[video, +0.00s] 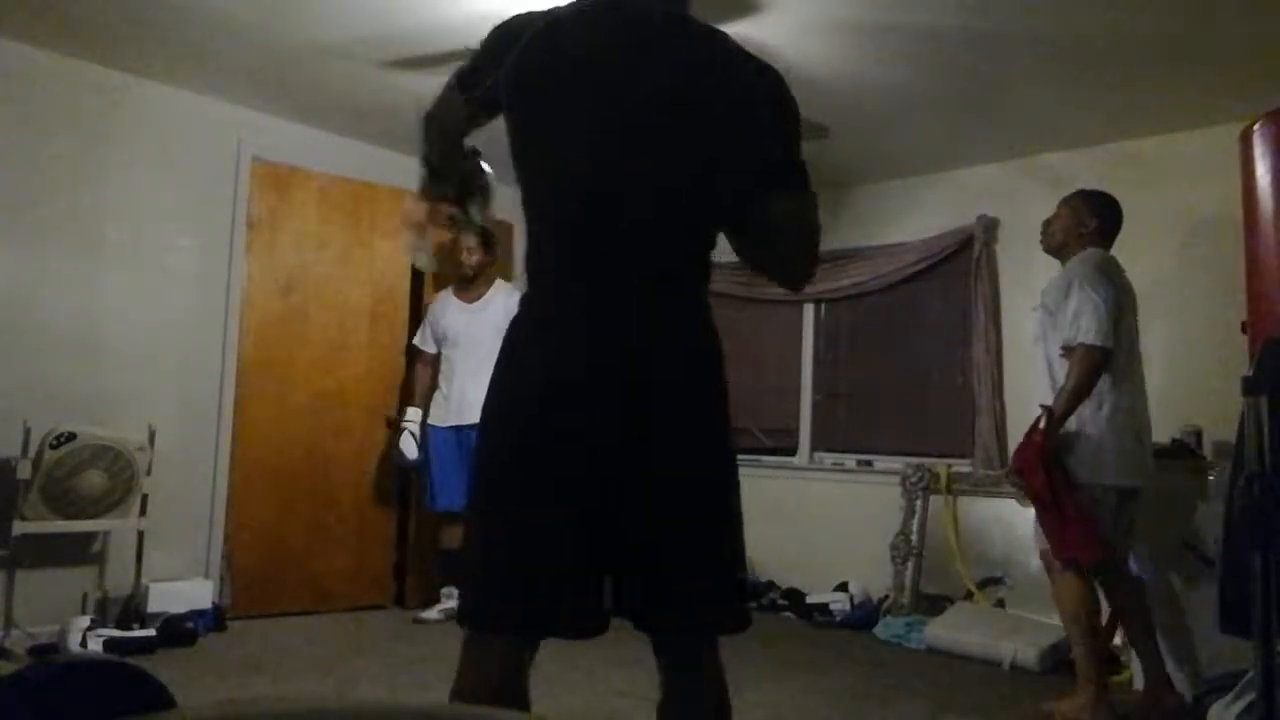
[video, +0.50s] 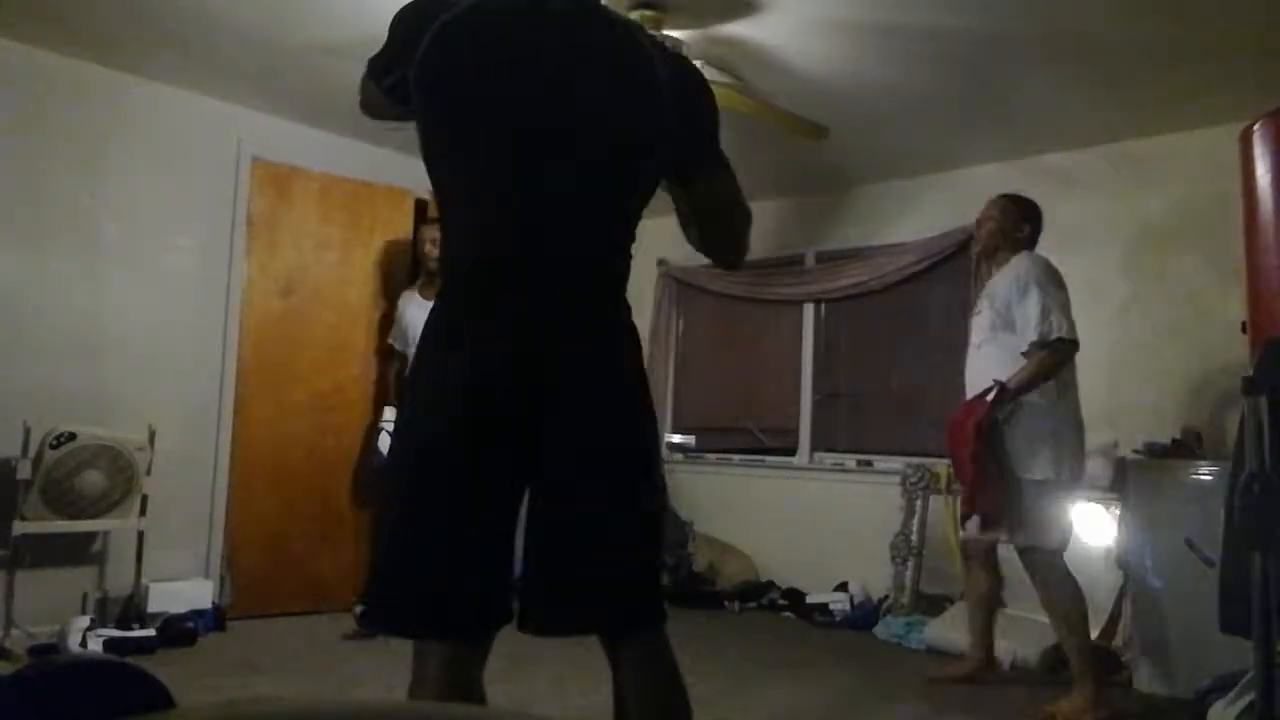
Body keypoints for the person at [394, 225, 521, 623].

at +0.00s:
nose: (465, 258)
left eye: (473, 251)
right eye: (460, 251)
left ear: (489, 256)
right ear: (453, 257)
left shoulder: (512, 301)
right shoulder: (441, 305)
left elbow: (528, 357)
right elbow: (426, 363)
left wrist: (522, 411)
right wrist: (413, 419)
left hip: (494, 420)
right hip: (446, 420)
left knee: (492, 510)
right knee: (451, 512)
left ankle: (493, 594)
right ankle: (450, 593)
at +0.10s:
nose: (456, 256)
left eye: (463, 248)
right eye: (451, 248)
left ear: (480, 252)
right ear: (444, 254)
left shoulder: (498, 296)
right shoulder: (431, 303)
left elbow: (510, 357)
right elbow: (417, 361)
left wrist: (504, 411)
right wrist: (409, 416)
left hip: (482, 420)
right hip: (437, 421)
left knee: (476, 510)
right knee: (434, 511)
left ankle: (474, 595)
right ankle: (436, 598)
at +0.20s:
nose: (447, 255)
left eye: (455, 247)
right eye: (442, 247)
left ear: (471, 253)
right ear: (435, 252)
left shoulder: (484, 298)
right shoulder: (425, 301)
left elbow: (493, 359)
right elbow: (413, 360)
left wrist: (489, 414)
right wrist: (406, 415)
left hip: (471, 421)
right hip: (429, 421)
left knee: (467, 508)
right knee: (424, 508)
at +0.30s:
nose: (444, 255)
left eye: (450, 248)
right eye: (440, 248)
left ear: (462, 253)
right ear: (431, 253)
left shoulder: (477, 300)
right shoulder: (420, 302)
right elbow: (407, 359)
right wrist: (402, 414)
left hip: (471, 415)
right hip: (430, 415)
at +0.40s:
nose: (436, 252)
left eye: (443, 245)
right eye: (431, 245)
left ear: (455, 250)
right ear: (424, 250)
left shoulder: (466, 300)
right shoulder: (415, 300)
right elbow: (401, 357)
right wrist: (398, 413)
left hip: (463, 406)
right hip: (425, 404)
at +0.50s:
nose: (432, 250)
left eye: (438, 244)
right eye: (427, 243)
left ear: (448, 250)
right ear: (417, 249)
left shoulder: (459, 299)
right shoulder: (408, 299)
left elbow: (464, 359)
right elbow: (396, 357)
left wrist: (460, 408)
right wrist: (388, 411)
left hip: (447, 414)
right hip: (409, 411)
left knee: (430, 506)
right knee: (391, 503)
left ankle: (424, 605)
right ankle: (376, 603)